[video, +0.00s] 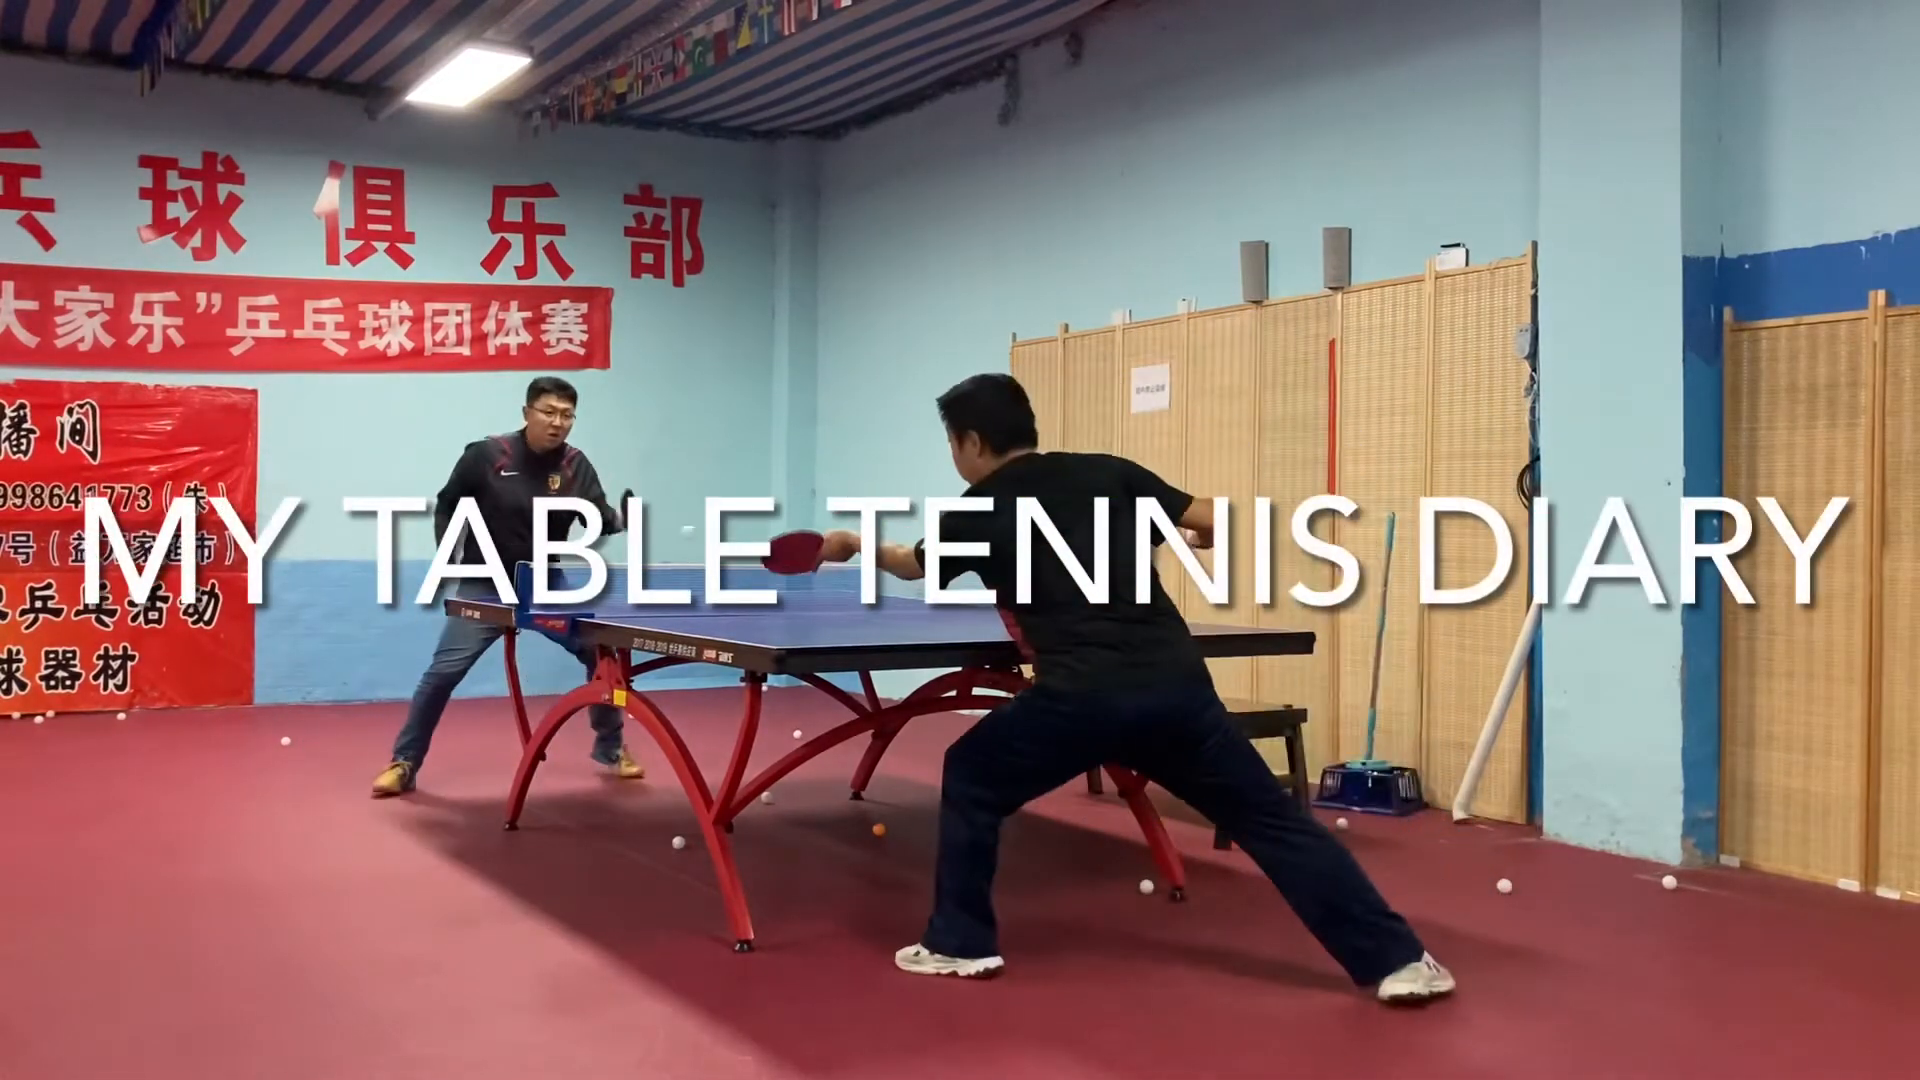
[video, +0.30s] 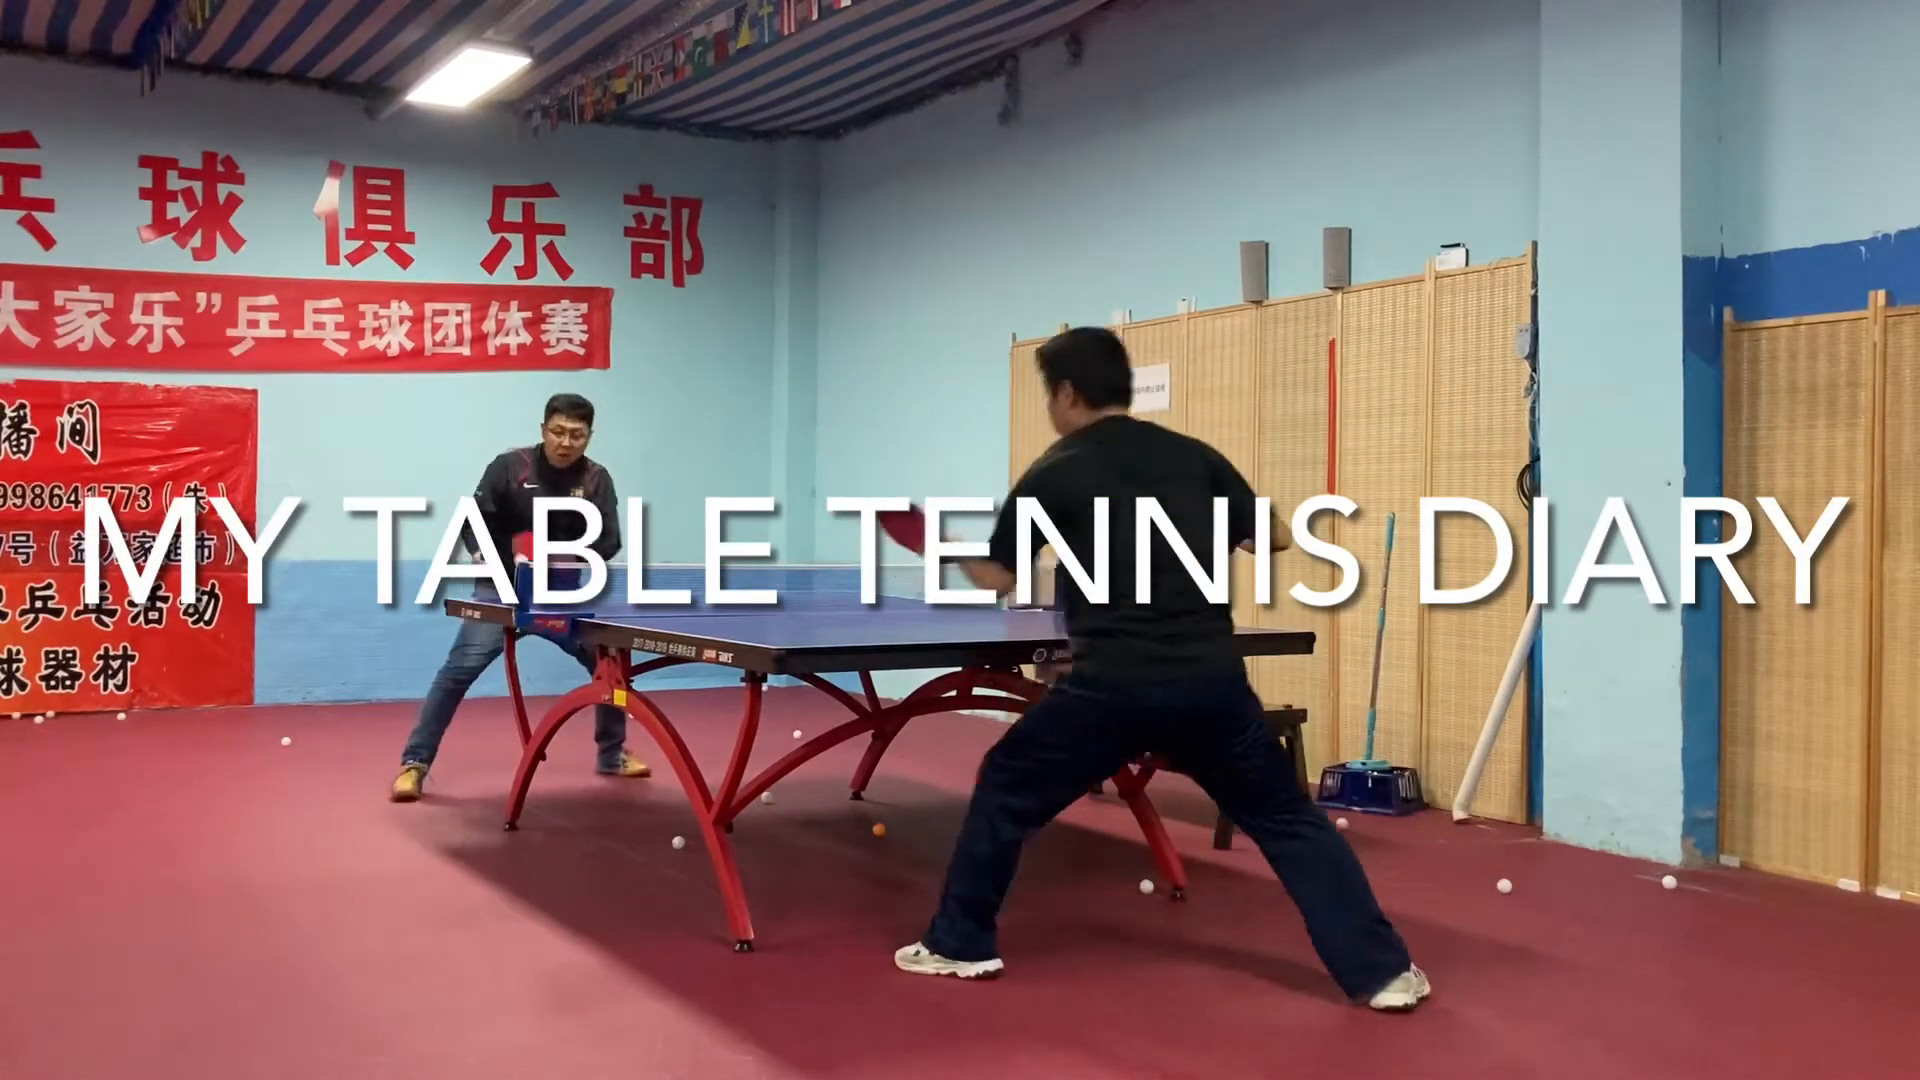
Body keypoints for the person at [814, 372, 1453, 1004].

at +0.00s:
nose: (953, 458)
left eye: (954, 444)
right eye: (954, 444)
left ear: (974, 441)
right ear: (1030, 429)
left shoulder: (983, 505)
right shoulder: (1115, 473)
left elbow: (913, 566)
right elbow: (1204, 521)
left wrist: (855, 543)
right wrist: (1147, 526)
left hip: (1081, 694)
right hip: (1176, 687)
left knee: (973, 771)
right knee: (1271, 818)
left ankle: (962, 941)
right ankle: (1398, 960)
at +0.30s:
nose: (1048, 408)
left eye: (1050, 395)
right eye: (1048, 395)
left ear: (1070, 395)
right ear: (1125, 389)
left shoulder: (1054, 475)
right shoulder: (1196, 458)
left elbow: (998, 575)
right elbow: (1262, 533)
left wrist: (946, 544)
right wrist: (1179, 543)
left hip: (1111, 687)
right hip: (1211, 683)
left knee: (1005, 789)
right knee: (1288, 818)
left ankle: (961, 940)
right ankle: (1383, 970)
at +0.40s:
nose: (1106, 385)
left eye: (1106, 370)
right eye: (1104, 371)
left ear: (1128, 367)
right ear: (1183, 363)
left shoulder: (1129, 450)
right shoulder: (1248, 435)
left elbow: (1098, 564)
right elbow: (1298, 528)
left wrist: (1025, 553)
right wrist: (1226, 536)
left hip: (1173, 671)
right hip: (1263, 667)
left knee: (1075, 800)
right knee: (1310, 813)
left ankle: (975, 934)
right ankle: (1390, 972)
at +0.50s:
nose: (1142, 363)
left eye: (1143, 346)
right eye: (1141, 347)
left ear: (1167, 343)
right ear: (1217, 341)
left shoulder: (1178, 432)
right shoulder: (1281, 413)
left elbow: (1171, 547)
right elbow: (1328, 507)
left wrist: (1072, 557)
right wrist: (1245, 553)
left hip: (1234, 652)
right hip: (1314, 648)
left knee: (1124, 776)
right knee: (1318, 800)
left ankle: (1076, 957)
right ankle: (1392, 970)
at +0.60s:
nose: (1164, 349)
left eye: (1165, 333)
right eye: (1164, 334)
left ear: (1188, 332)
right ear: (1241, 326)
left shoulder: (1204, 421)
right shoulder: (1301, 396)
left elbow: (1195, 540)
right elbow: (1354, 489)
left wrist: (1110, 550)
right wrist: (1277, 524)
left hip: (1268, 647)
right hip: (1345, 640)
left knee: (1181, 789)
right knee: (1342, 787)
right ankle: (1407, 948)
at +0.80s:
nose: (1214, 392)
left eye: (1217, 377)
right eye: (1213, 377)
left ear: (1249, 375)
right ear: (1282, 373)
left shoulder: (1288, 463)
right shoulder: (1329, 436)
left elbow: (1262, 588)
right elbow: (1302, 563)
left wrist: (1170, 592)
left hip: (1340, 685)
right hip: (1393, 676)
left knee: (1238, 814)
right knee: (1411, 813)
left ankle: (1276, 1007)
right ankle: (1515, 944)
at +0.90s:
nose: (1217, 394)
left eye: (1224, 378)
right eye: (1217, 378)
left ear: (1262, 381)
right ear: (1275, 379)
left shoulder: (1321, 472)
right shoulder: (1306, 447)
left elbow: (1333, 610)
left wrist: (1243, 636)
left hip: (1377, 680)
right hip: (1394, 674)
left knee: (1259, 795)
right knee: (1412, 804)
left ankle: (1277, 995)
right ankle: (1515, 948)